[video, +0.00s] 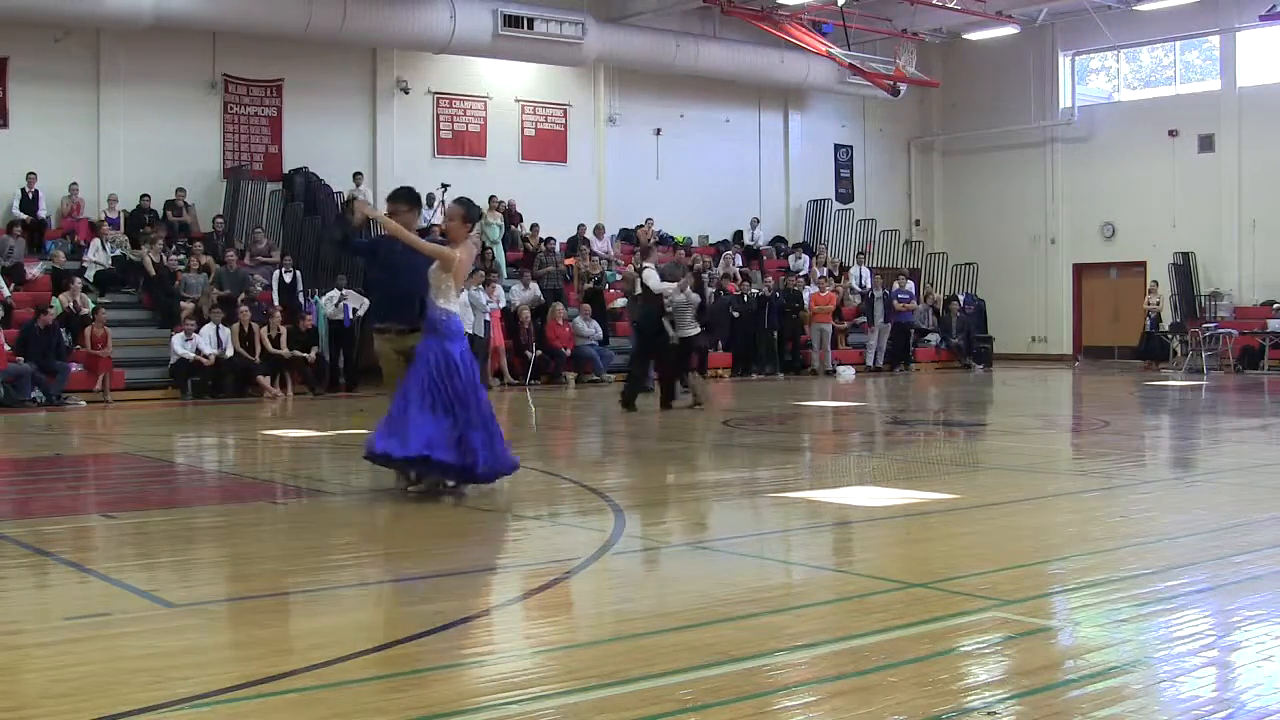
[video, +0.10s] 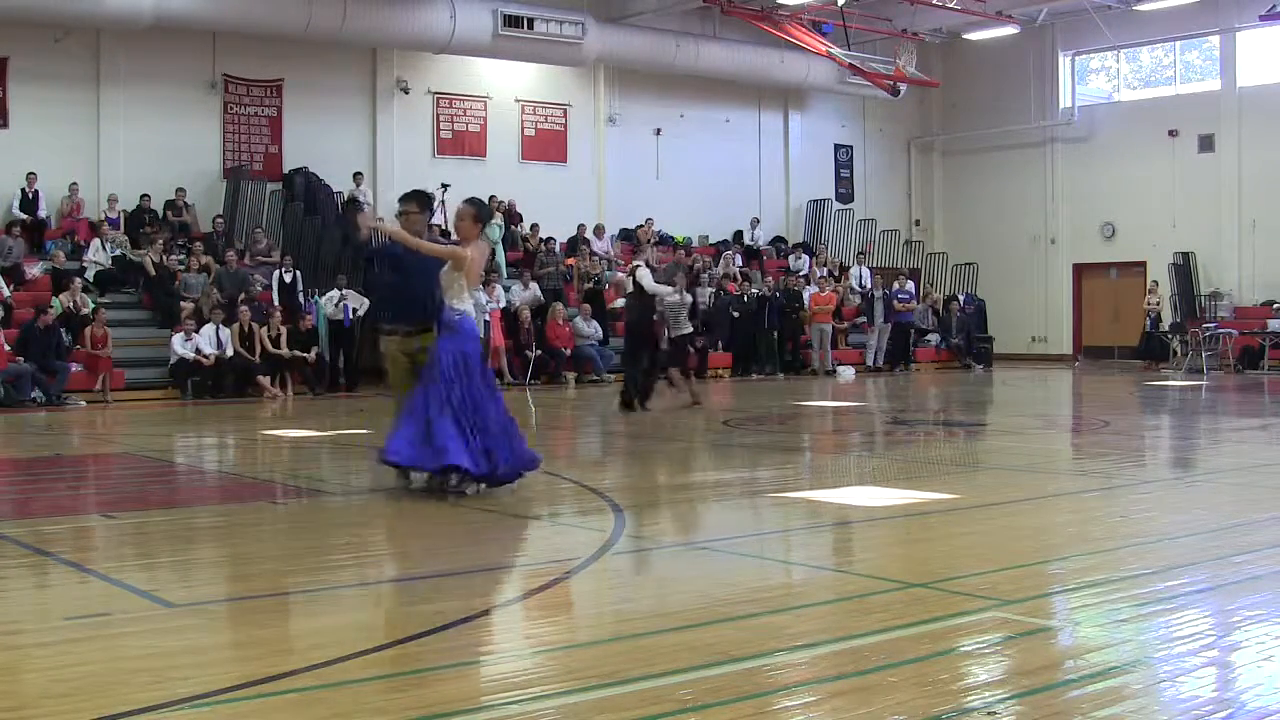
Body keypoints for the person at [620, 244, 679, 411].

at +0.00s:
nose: (658, 255)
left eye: (657, 252)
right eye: (656, 252)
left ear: (644, 256)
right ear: (652, 254)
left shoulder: (646, 270)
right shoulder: (648, 271)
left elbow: (658, 292)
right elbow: (656, 287)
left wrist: (678, 289)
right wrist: (677, 286)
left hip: (644, 319)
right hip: (652, 320)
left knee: (640, 358)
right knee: (665, 356)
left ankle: (628, 397)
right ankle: (666, 398)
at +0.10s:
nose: (652, 257)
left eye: (651, 253)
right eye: (650, 253)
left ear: (635, 256)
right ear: (644, 255)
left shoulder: (630, 272)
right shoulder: (642, 270)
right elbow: (650, 287)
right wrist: (672, 289)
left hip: (633, 322)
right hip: (643, 321)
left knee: (633, 359)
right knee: (650, 357)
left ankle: (628, 396)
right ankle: (642, 396)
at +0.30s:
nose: (633, 255)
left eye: (632, 253)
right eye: (632, 253)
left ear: (616, 255)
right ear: (629, 254)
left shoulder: (609, 275)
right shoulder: (632, 274)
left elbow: (607, 294)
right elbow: (648, 291)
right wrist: (671, 295)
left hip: (614, 321)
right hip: (629, 322)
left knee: (619, 359)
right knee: (628, 360)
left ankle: (624, 399)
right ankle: (612, 392)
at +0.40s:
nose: (630, 256)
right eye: (629, 253)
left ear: (612, 254)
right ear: (626, 254)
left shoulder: (603, 273)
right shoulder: (629, 273)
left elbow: (597, 292)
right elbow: (645, 290)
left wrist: (613, 292)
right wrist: (670, 295)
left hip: (606, 320)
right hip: (622, 320)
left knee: (610, 356)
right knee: (619, 358)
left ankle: (605, 391)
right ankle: (616, 396)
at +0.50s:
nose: (626, 255)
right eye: (624, 252)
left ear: (606, 252)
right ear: (621, 253)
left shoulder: (598, 270)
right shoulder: (625, 271)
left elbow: (587, 290)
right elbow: (643, 288)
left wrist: (605, 294)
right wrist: (668, 292)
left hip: (600, 320)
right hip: (616, 320)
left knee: (603, 360)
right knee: (611, 361)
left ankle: (603, 397)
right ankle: (605, 404)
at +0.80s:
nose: (580, 254)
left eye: (582, 252)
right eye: (581, 251)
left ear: (586, 252)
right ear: (600, 252)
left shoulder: (578, 270)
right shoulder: (609, 271)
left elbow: (560, 285)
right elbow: (630, 289)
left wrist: (578, 294)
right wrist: (652, 290)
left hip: (582, 322)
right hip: (601, 322)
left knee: (572, 359)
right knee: (601, 363)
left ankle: (569, 398)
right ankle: (603, 405)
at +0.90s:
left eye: (577, 256)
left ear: (578, 255)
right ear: (595, 255)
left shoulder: (571, 271)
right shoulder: (602, 273)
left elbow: (549, 284)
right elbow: (622, 291)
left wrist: (568, 294)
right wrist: (644, 291)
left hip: (573, 330)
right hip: (594, 329)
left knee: (566, 367)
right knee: (601, 368)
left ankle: (559, 403)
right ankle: (601, 406)